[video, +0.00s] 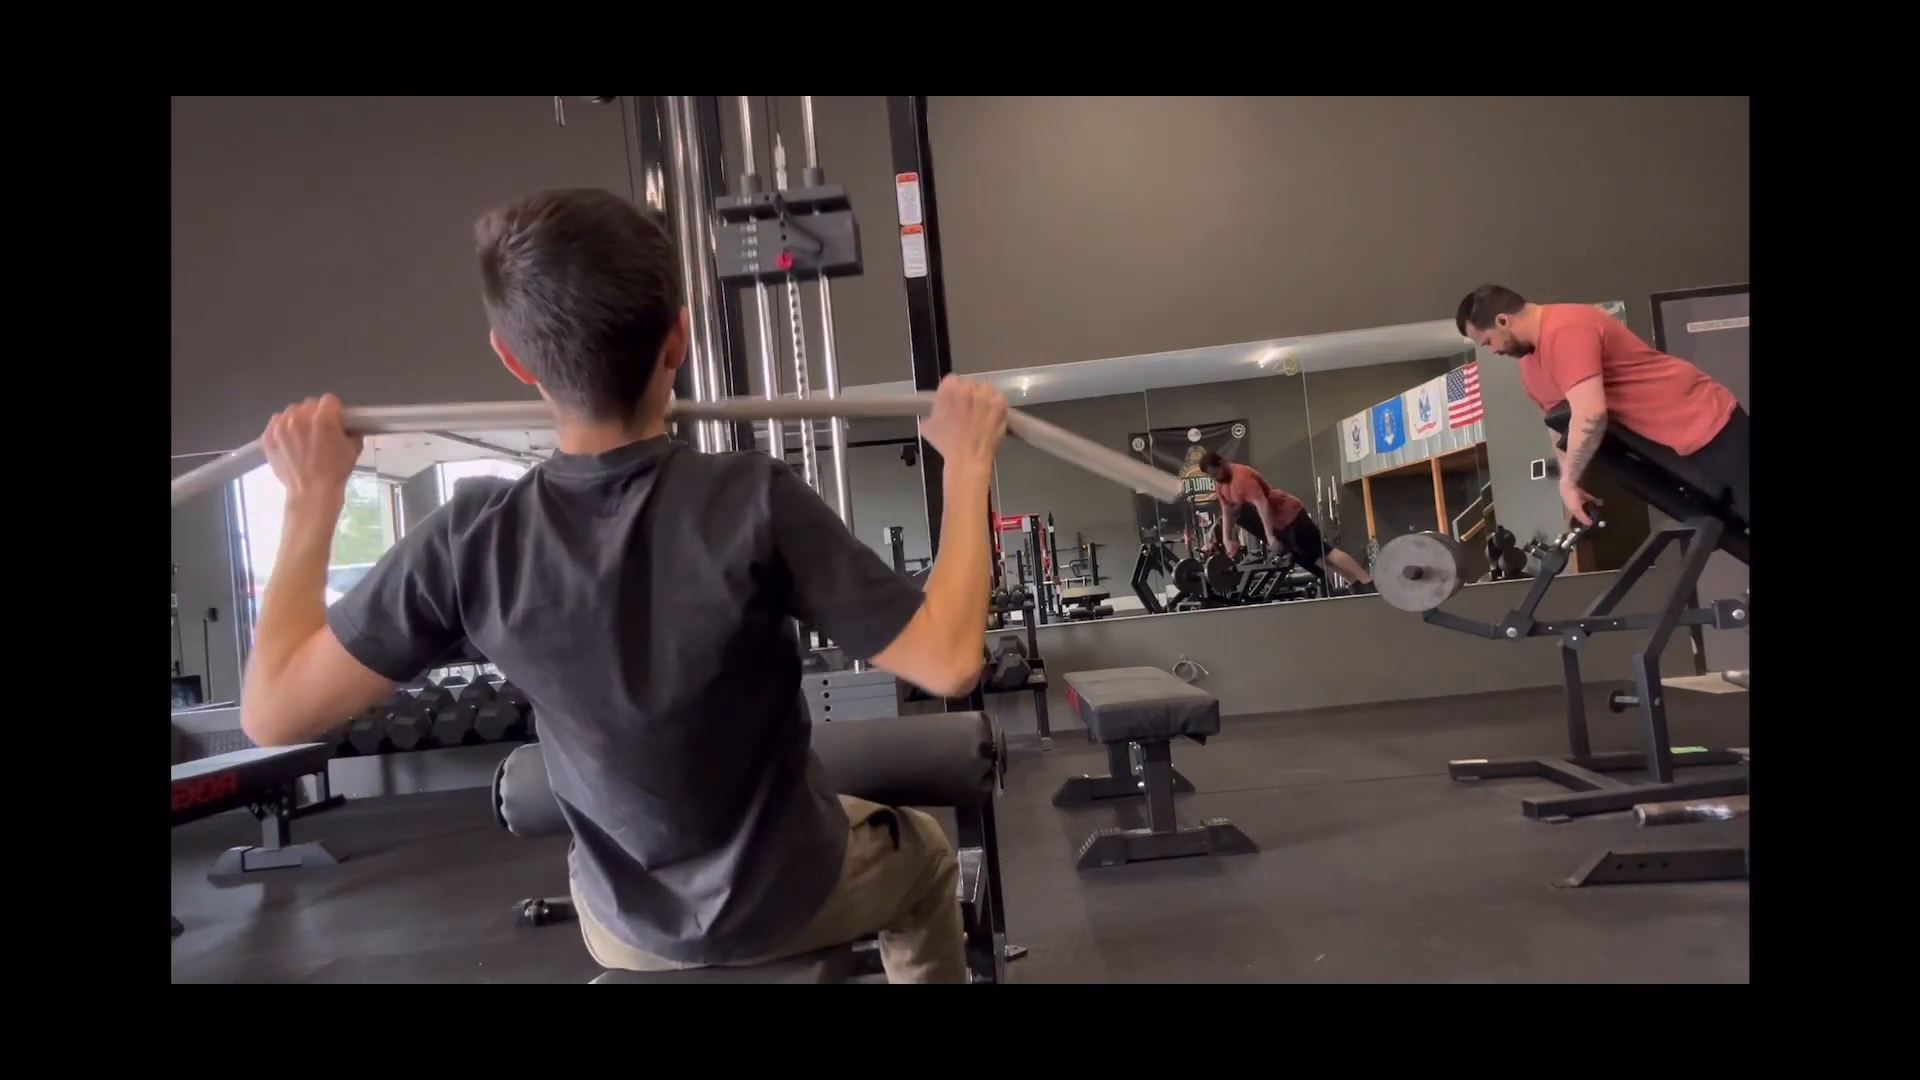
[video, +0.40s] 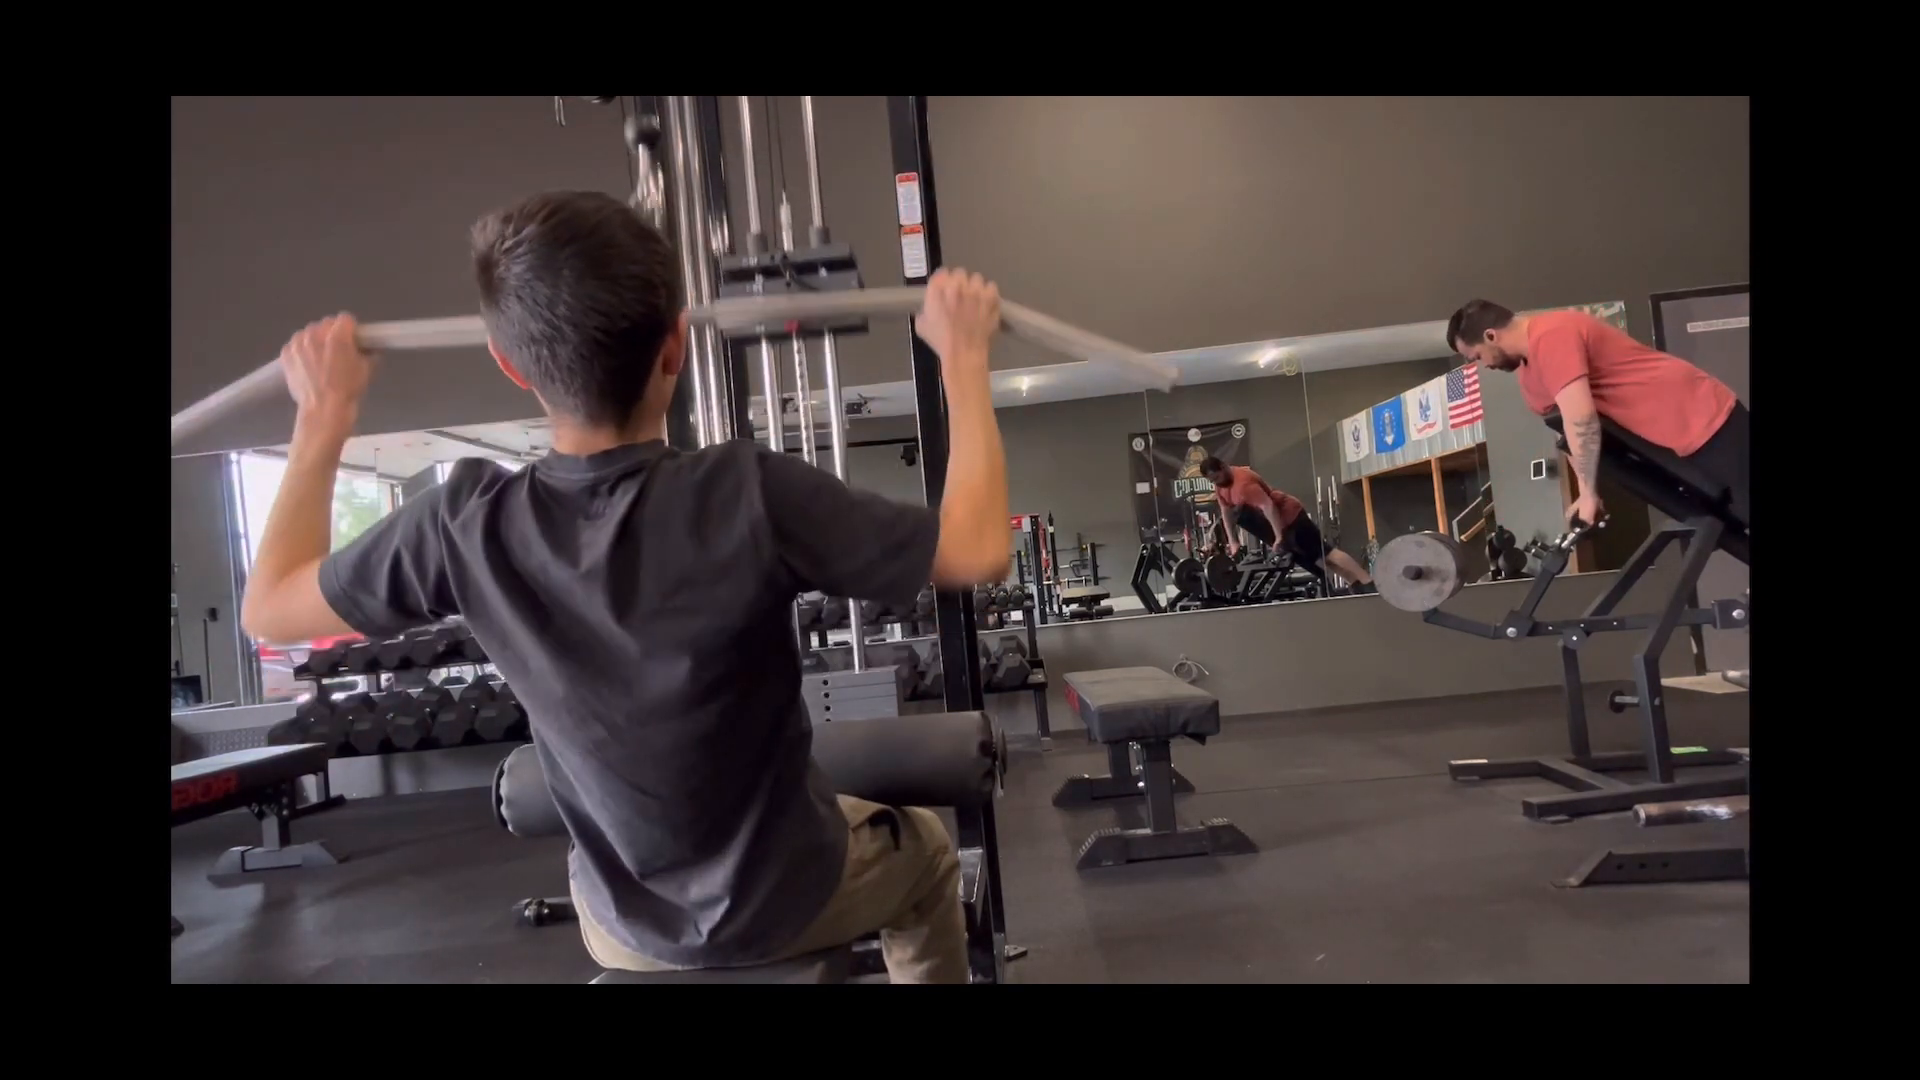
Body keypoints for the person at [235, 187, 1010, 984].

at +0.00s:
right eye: (683, 314)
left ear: (511, 362)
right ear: (680, 337)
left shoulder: (477, 540)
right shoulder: (754, 502)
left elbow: (272, 709)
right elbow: (950, 660)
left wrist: (311, 496)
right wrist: (968, 466)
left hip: (614, 908)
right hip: (784, 895)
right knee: (922, 864)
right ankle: (927, 977)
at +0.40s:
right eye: (683, 315)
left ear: (507, 367)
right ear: (678, 343)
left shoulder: (466, 523)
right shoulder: (752, 493)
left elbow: (271, 610)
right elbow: (978, 549)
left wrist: (322, 419)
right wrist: (966, 363)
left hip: (613, 911)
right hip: (781, 898)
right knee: (922, 859)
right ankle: (932, 981)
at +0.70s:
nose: (683, 323)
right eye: (680, 307)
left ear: (512, 351)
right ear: (670, 330)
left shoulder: (480, 483)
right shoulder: (747, 445)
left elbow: (326, 362)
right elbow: (930, 330)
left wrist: (325, 187)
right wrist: (936, 134)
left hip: (613, 919)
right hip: (779, 901)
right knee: (927, 861)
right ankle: (928, 982)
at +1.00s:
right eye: (714, 296)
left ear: (562, 331)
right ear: (707, 319)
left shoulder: (532, 438)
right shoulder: (763, 409)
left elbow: (418, 250)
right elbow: (873, 216)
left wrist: (359, 100)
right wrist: (910, 84)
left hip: (618, 904)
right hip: (778, 897)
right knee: (924, 856)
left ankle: (635, 966)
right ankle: (936, 977)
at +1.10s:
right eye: (725, 294)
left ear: (581, 325)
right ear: (718, 318)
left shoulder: (549, 424)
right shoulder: (770, 396)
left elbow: (437, 242)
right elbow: (869, 209)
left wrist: (373, 94)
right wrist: (911, 84)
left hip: (625, 896)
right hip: (788, 890)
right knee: (927, 860)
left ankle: (637, 971)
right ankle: (931, 976)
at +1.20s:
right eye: (740, 296)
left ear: (598, 329)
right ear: (731, 319)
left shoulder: (564, 426)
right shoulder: (779, 403)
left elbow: (453, 243)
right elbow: (874, 216)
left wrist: (387, 94)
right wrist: (916, 87)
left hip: (628, 889)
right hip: (790, 884)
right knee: (929, 860)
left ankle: (641, 969)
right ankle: (930, 976)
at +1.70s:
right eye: (700, 300)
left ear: (535, 330)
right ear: (692, 319)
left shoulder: (495, 471)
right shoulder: (753, 445)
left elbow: (330, 367)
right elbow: (938, 329)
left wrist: (333, 179)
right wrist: (936, 136)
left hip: (618, 906)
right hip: (783, 897)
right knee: (924, 856)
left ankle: (637, 974)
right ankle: (934, 980)